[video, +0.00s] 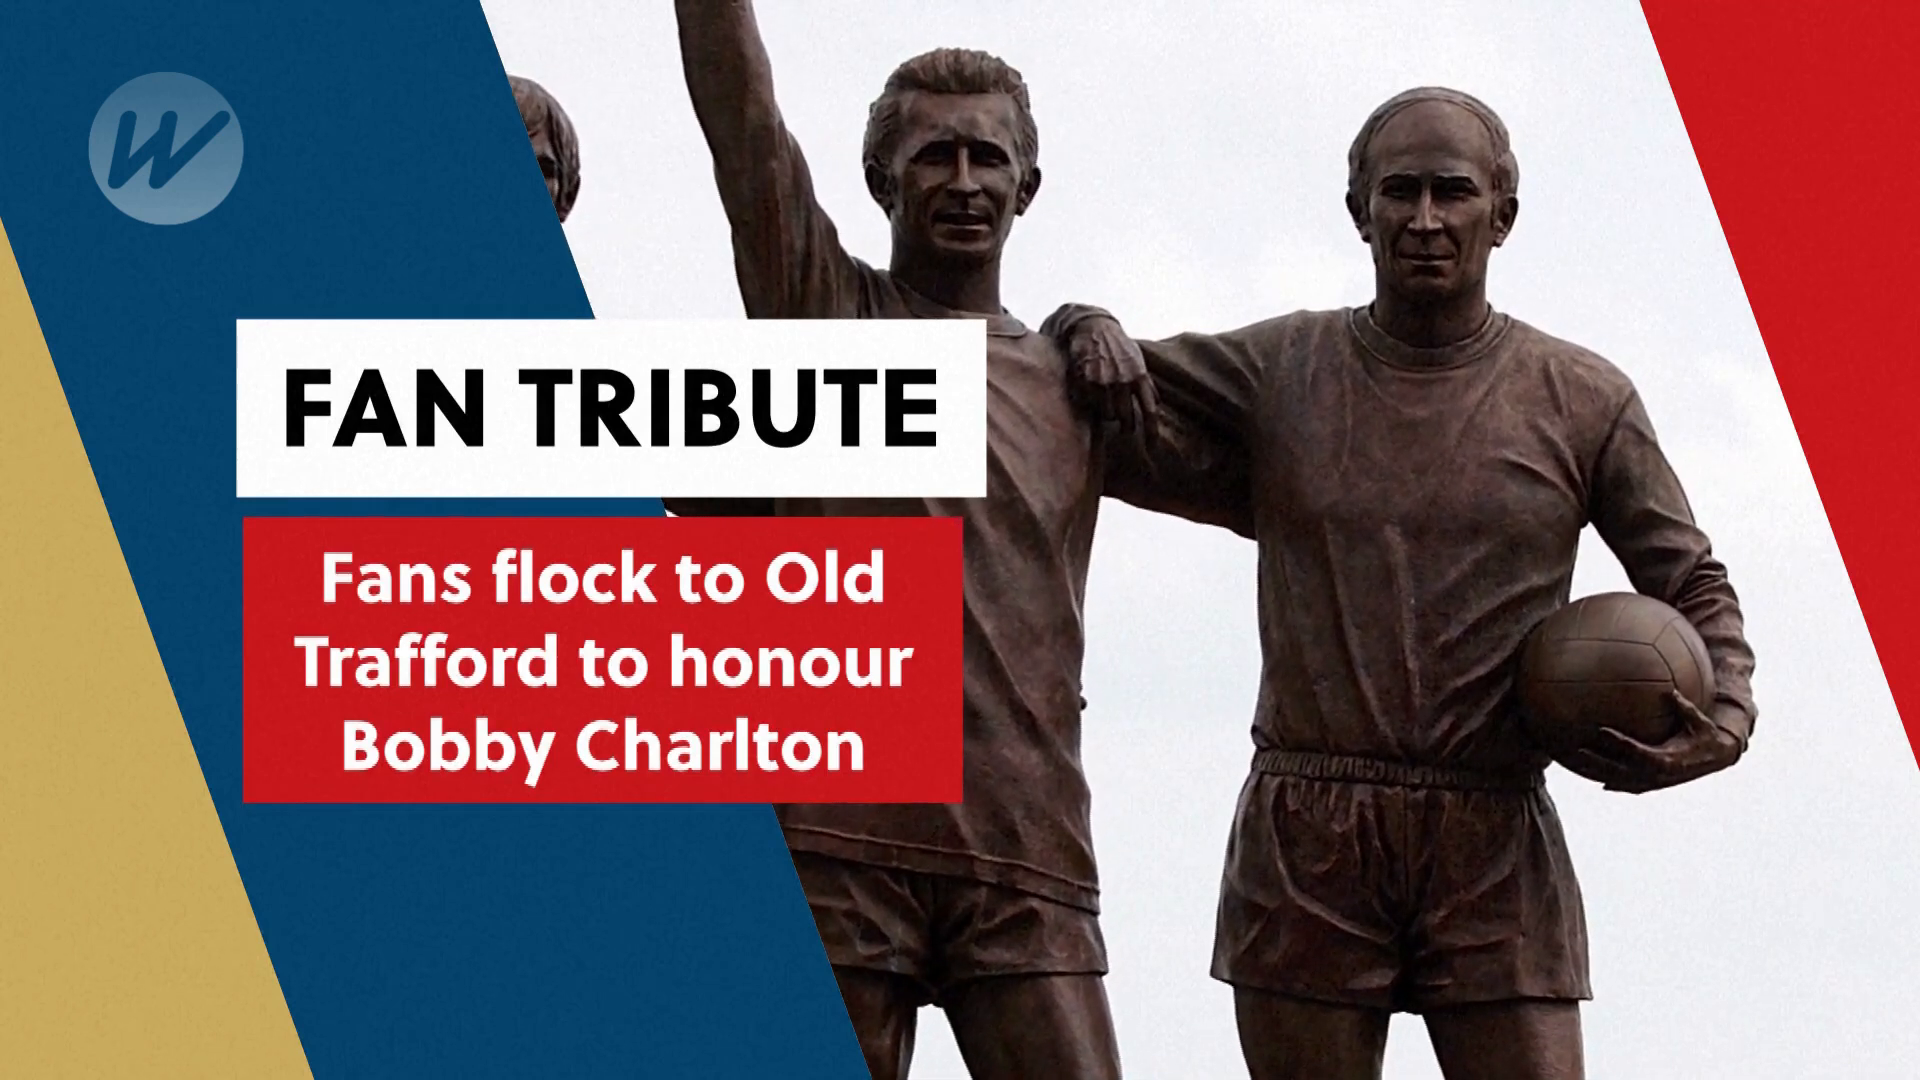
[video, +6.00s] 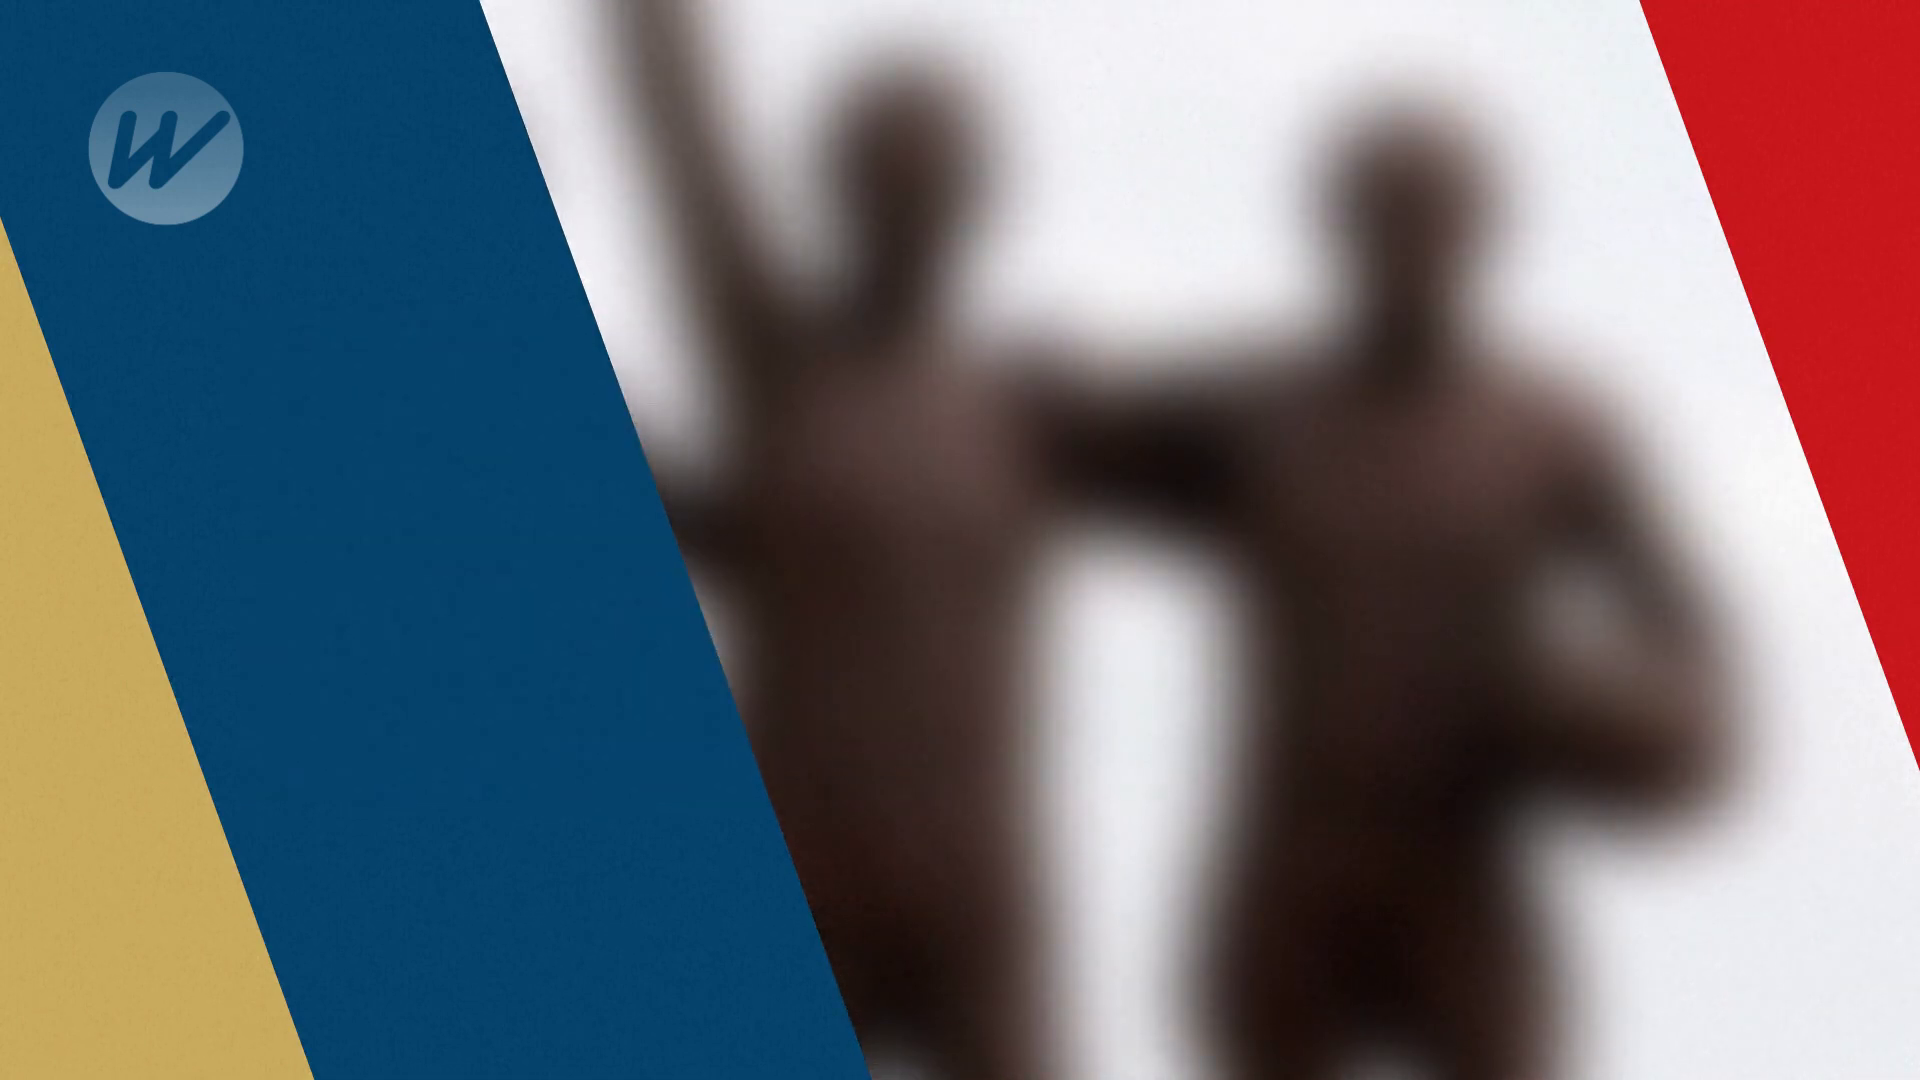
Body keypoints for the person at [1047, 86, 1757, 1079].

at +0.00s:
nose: (1425, 217)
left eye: (1454, 190)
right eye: (1399, 191)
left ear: (1505, 215)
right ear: (1359, 211)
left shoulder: (1583, 397)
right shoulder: (1279, 366)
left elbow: (1691, 582)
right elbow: (1108, 403)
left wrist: (1725, 706)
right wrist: (1083, 326)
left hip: (1495, 845)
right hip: (1306, 841)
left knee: (1539, 1065)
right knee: (1304, 1068)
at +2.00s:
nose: (1414, 224)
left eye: (1443, 197)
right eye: (1387, 199)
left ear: (1495, 221)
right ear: (1347, 220)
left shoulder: (1577, 408)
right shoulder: (1265, 377)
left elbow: (1686, 599)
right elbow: (1084, 410)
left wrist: (1721, 730)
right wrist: (1066, 337)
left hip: (1485, 863)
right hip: (1291, 859)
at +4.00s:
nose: (1402, 233)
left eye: (1432, 204)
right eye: (1375, 206)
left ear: (1486, 228)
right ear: (1335, 227)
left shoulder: (1569, 419)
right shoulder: (1252, 387)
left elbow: (1681, 614)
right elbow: (1079, 440)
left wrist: (1718, 752)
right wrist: (1046, 351)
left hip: (1478, 891)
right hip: (1276, 885)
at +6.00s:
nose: (1411, 252)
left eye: (1433, 218)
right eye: (1388, 218)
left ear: (1471, 230)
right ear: (1350, 228)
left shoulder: (1546, 442)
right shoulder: (1270, 429)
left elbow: (1685, 725)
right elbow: (1024, 427)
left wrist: (1531, 705)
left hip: (1467, 919)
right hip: (1293, 913)